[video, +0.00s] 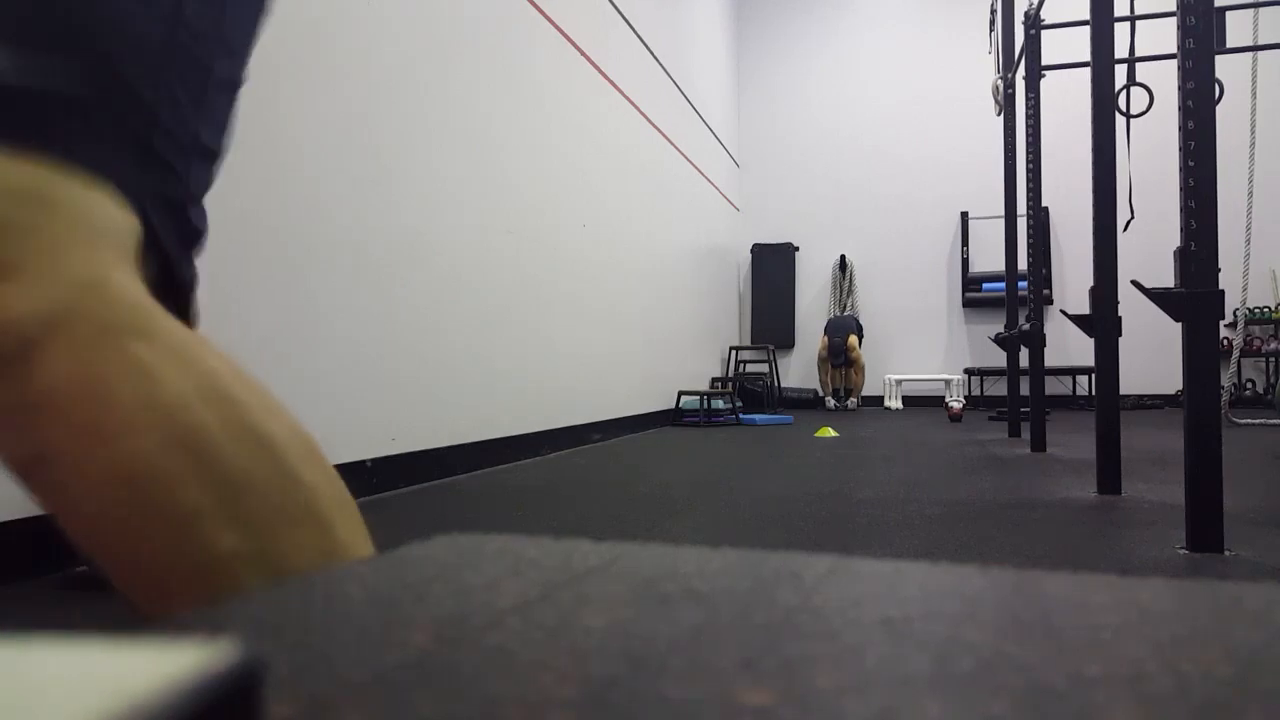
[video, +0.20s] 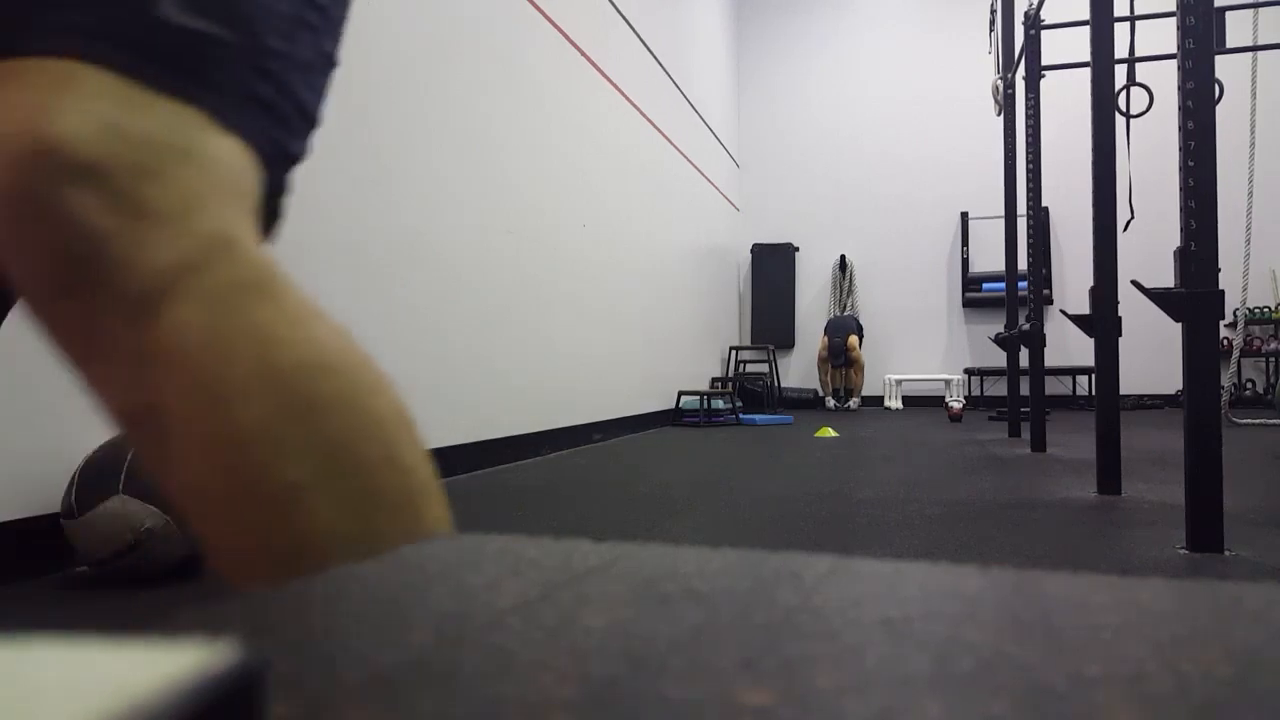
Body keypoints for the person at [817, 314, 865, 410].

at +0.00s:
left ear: (844, 349)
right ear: (829, 350)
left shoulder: (853, 345)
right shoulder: (823, 346)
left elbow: (860, 373)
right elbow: (823, 374)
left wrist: (854, 398)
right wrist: (828, 397)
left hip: (853, 323)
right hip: (831, 323)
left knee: (849, 367)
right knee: (834, 367)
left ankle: (848, 398)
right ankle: (835, 397)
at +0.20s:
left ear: (845, 349)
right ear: (829, 350)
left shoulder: (853, 345)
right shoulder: (824, 345)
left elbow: (859, 372)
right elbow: (823, 374)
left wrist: (856, 398)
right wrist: (828, 397)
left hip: (853, 323)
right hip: (831, 324)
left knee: (849, 367)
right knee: (834, 367)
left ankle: (849, 398)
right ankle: (835, 397)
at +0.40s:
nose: (835, 351)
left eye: (837, 348)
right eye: (832, 348)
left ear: (843, 341)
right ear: (828, 342)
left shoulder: (852, 337)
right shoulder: (823, 339)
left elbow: (855, 365)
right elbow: (824, 365)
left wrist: (858, 389)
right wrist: (824, 388)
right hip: (831, 324)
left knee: (850, 366)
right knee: (835, 366)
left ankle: (849, 396)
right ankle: (835, 396)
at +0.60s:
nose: (835, 331)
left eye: (838, 329)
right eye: (832, 329)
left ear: (844, 323)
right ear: (827, 324)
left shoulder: (854, 325)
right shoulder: (821, 329)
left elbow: (861, 346)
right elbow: (820, 351)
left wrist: (862, 367)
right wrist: (821, 371)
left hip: (851, 346)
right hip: (833, 346)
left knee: (851, 371)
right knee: (835, 371)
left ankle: (849, 400)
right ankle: (835, 400)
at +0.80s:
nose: (835, 310)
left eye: (838, 307)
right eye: (832, 307)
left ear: (844, 302)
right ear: (828, 303)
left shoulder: (856, 310)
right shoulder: (821, 311)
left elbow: (863, 330)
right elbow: (818, 333)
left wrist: (865, 352)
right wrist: (818, 354)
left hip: (851, 340)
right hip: (832, 340)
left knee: (850, 369)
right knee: (834, 369)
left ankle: (849, 399)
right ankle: (836, 399)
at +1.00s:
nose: (837, 280)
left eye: (840, 277)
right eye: (834, 277)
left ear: (846, 276)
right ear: (830, 276)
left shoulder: (856, 293)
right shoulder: (823, 293)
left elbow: (864, 314)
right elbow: (817, 316)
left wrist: (865, 336)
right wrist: (815, 336)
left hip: (851, 336)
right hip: (831, 336)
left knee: (850, 369)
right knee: (834, 369)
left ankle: (849, 398)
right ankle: (835, 398)